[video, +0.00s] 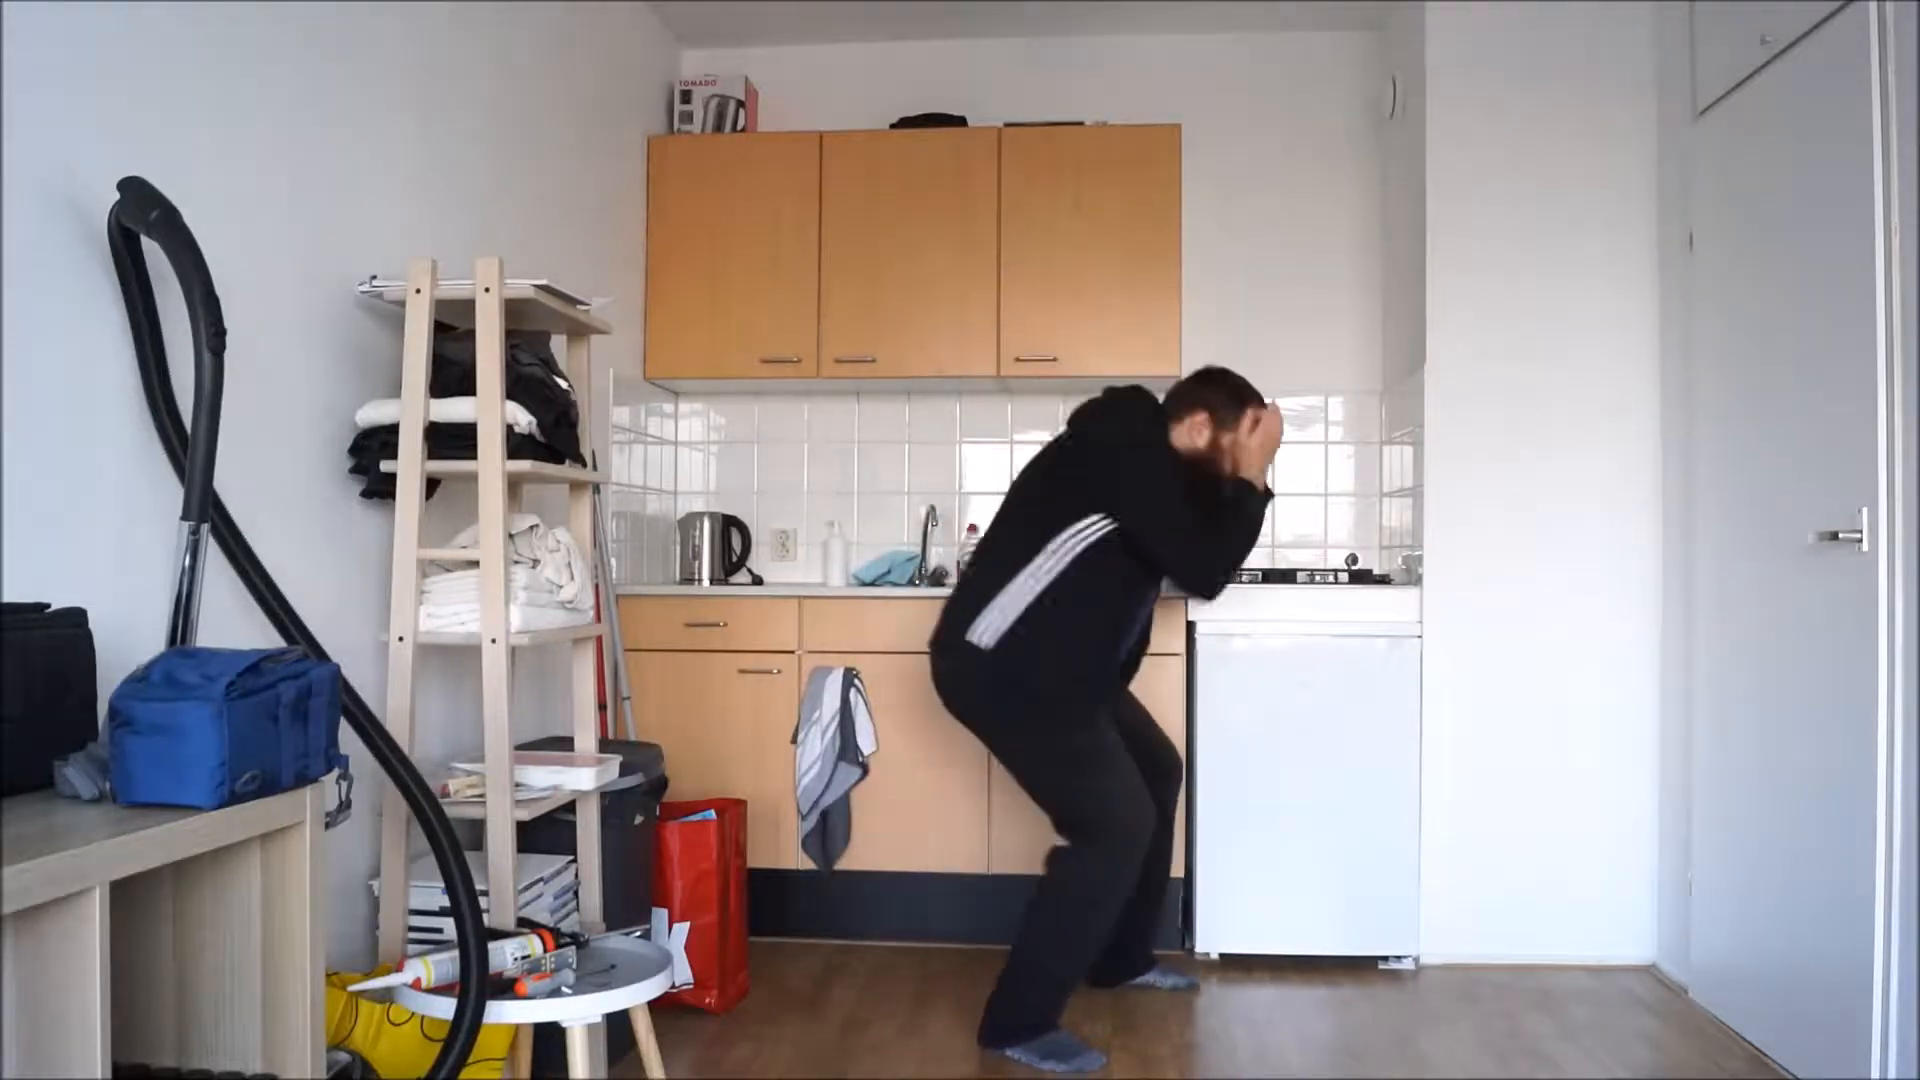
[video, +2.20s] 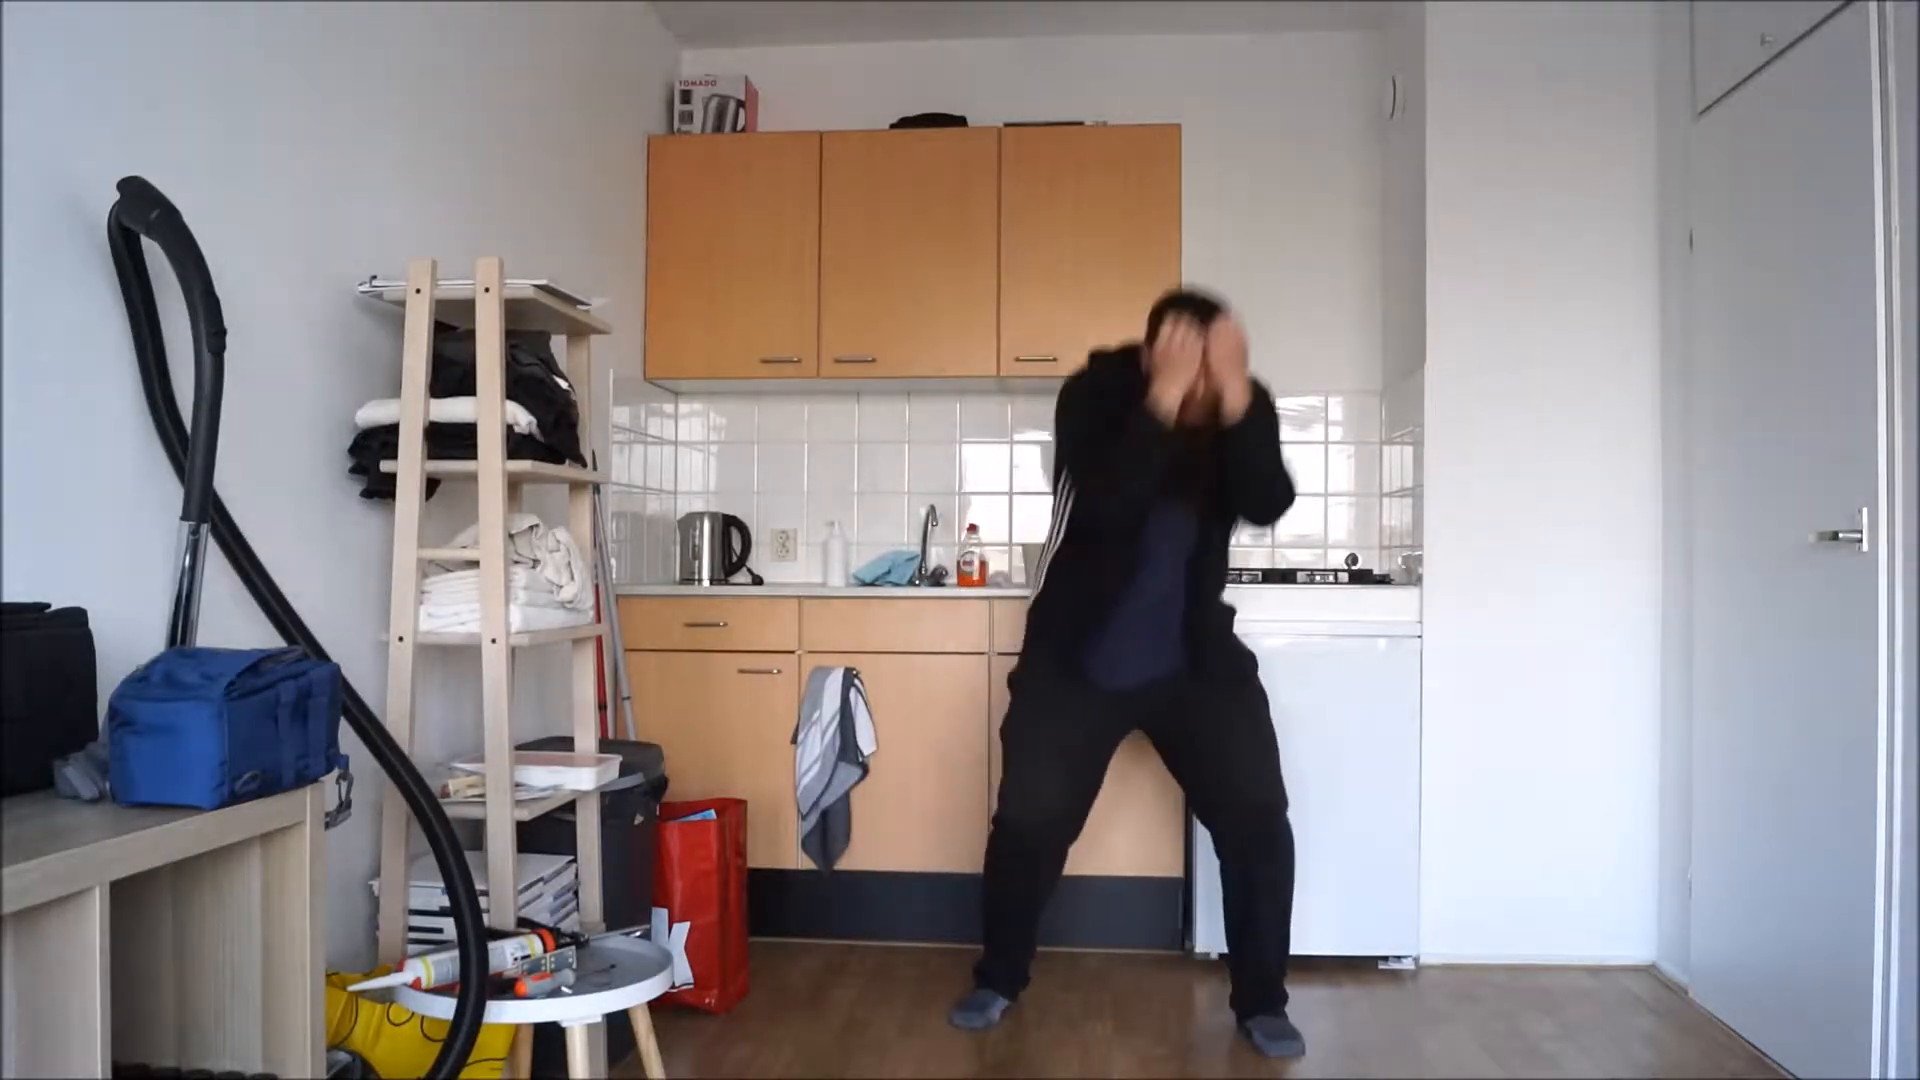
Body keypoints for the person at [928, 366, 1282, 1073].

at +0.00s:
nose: (1230, 464)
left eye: (1236, 454)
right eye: (1233, 450)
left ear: (1193, 423)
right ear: (1199, 425)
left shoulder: (1148, 447)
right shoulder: (1126, 439)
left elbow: (1199, 561)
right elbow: (1203, 568)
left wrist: (1232, 482)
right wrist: (1249, 479)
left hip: (1060, 665)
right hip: (1001, 667)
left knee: (1158, 776)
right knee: (1118, 824)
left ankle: (1120, 960)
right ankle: (1017, 1026)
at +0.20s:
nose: (1219, 361)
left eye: (1217, 348)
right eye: (1215, 347)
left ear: (1161, 328)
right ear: (1183, 336)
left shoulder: (1129, 375)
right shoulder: (1125, 370)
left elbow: (1219, 459)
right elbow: (1235, 457)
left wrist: (1222, 380)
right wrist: (1239, 373)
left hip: (1079, 625)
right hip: (1045, 628)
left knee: (1152, 768)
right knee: (1117, 810)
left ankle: (1119, 956)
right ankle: (1025, 1016)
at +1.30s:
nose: (1190, 233)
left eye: (1197, 229)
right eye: (1172, 222)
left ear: (1199, 266)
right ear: (1128, 255)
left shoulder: (1205, 339)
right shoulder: (1066, 317)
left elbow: (1263, 400)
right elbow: (1115, 382)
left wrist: (1228, 286)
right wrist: (1167, 293)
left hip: (1164, 624)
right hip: (1057, 615)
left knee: (1189, 812)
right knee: (1045, 809)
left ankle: (1189, 1003)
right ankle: (1006, 1020)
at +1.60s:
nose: (1102, 243)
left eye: (1119, 231)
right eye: (1091, 233)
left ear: (1145, 251)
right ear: (1070, 252)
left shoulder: (1181, 322)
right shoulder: (1040, 325)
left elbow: (1189, 375)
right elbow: (1003, 380)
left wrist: (1134, 277)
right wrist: (1057, 280)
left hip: (1167, 624)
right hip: (1046, 619)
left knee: (1184, 816)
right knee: (1000, 797)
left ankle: (1189, 1000)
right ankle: (991, 978)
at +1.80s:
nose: (1025, 342)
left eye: (1038, 327)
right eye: (1016, 333)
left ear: (1082, 325)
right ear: (1008, 341)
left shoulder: (1148, 372)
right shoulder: (1013, 398)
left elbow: (1124, 475)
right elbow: (972, 491)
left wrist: (1061, 380)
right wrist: (992, 383)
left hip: (1165, 645)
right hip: (1049, 649)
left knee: (1221, 810)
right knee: (1010, 807)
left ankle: (1251, 995)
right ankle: (995, 980)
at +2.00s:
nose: (1079, 440)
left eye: (1093, 428)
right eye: (1067, 431)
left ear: (1131, 416)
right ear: (1055, 423)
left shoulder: (1188, 439)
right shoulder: (1035, 446)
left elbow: (1176, 563)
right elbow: (1027, 578)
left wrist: (1122, 475)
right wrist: (1054, 480)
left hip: (1180, 673)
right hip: (1059, 675)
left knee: (1245, 826)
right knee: (1008, 822)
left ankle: (1260, 1004)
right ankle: (996, 979)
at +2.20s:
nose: (1195, 365)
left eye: (1209, 355)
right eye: (1183, 351)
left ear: (1226, 357)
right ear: (1154, 345)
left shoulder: (1242, 409)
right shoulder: (1101, 389)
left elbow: (1266, 504)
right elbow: (1100, 493)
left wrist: (1239, 402)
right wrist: (1160, 405)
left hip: (1193, 660)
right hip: (1079, 658)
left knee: (1257, 823)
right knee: (1030, 820)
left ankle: (1261, 1002)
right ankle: (999, 979)